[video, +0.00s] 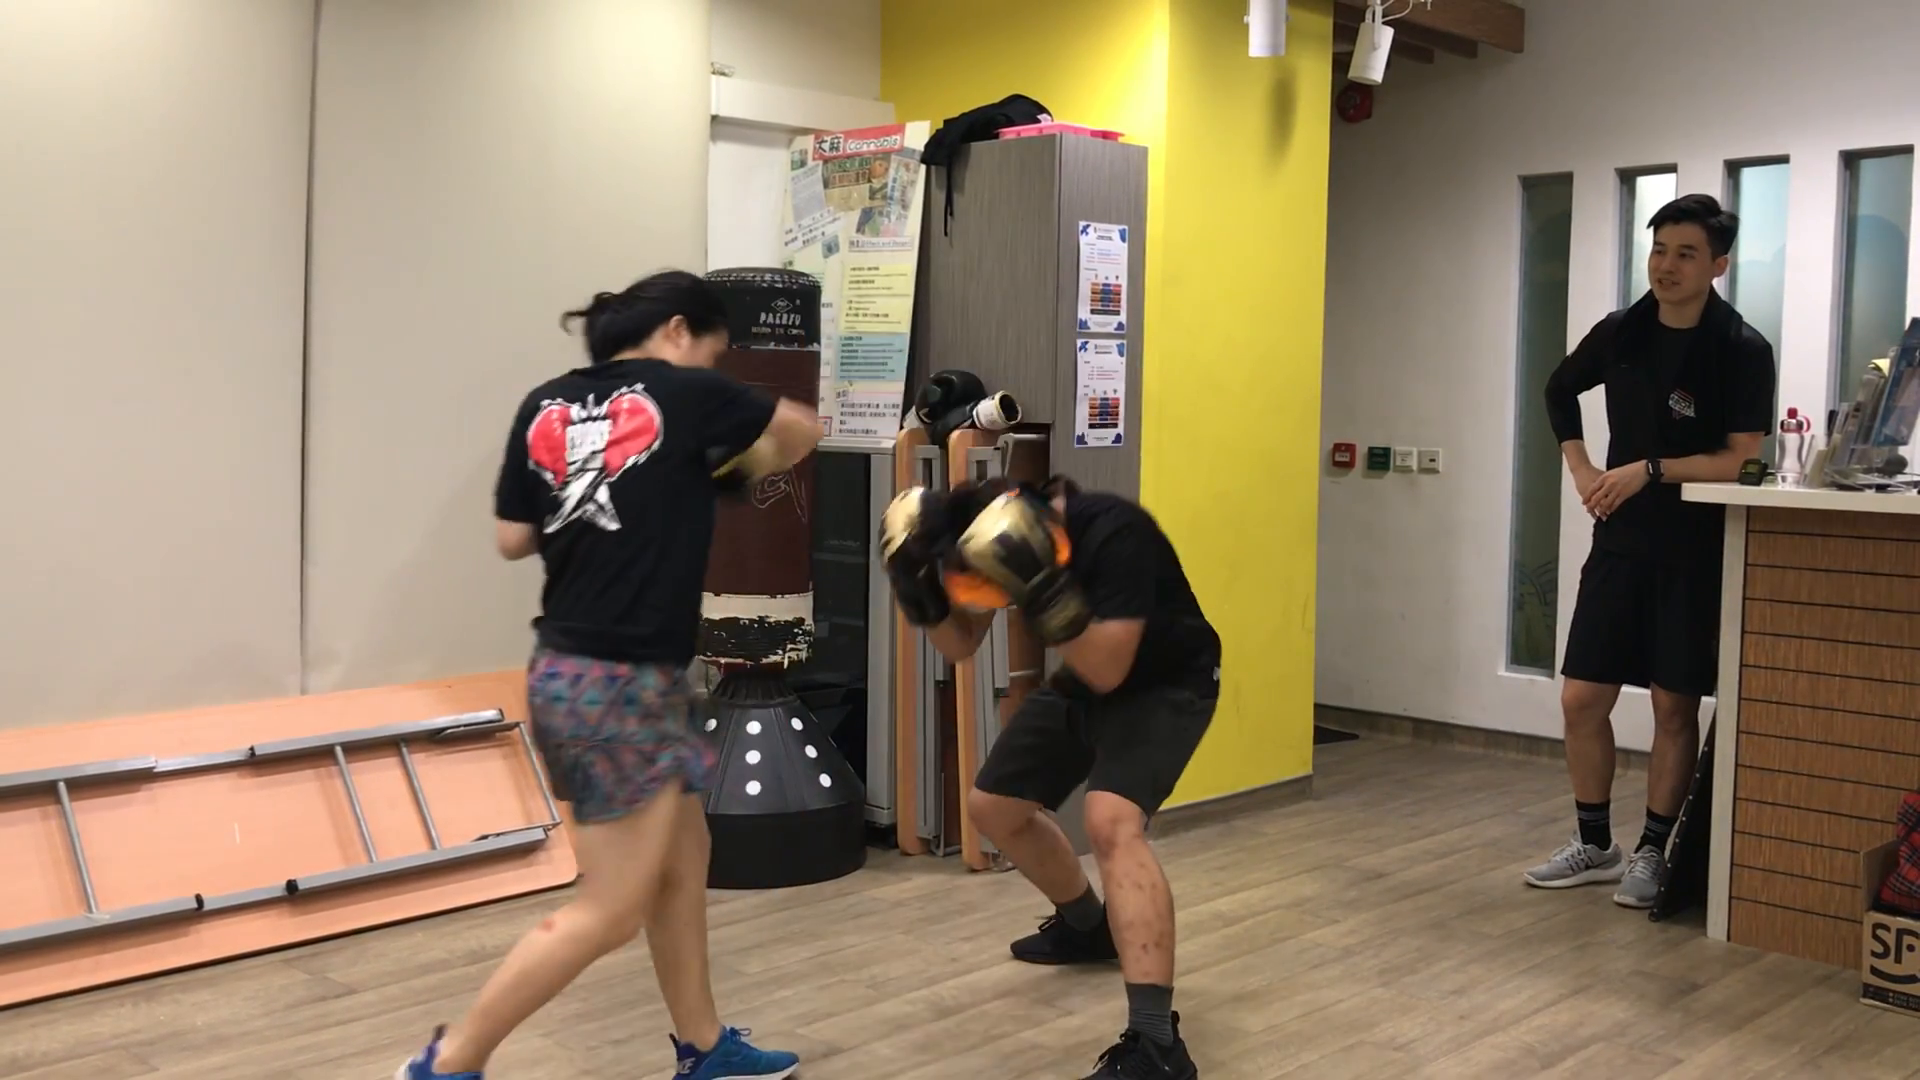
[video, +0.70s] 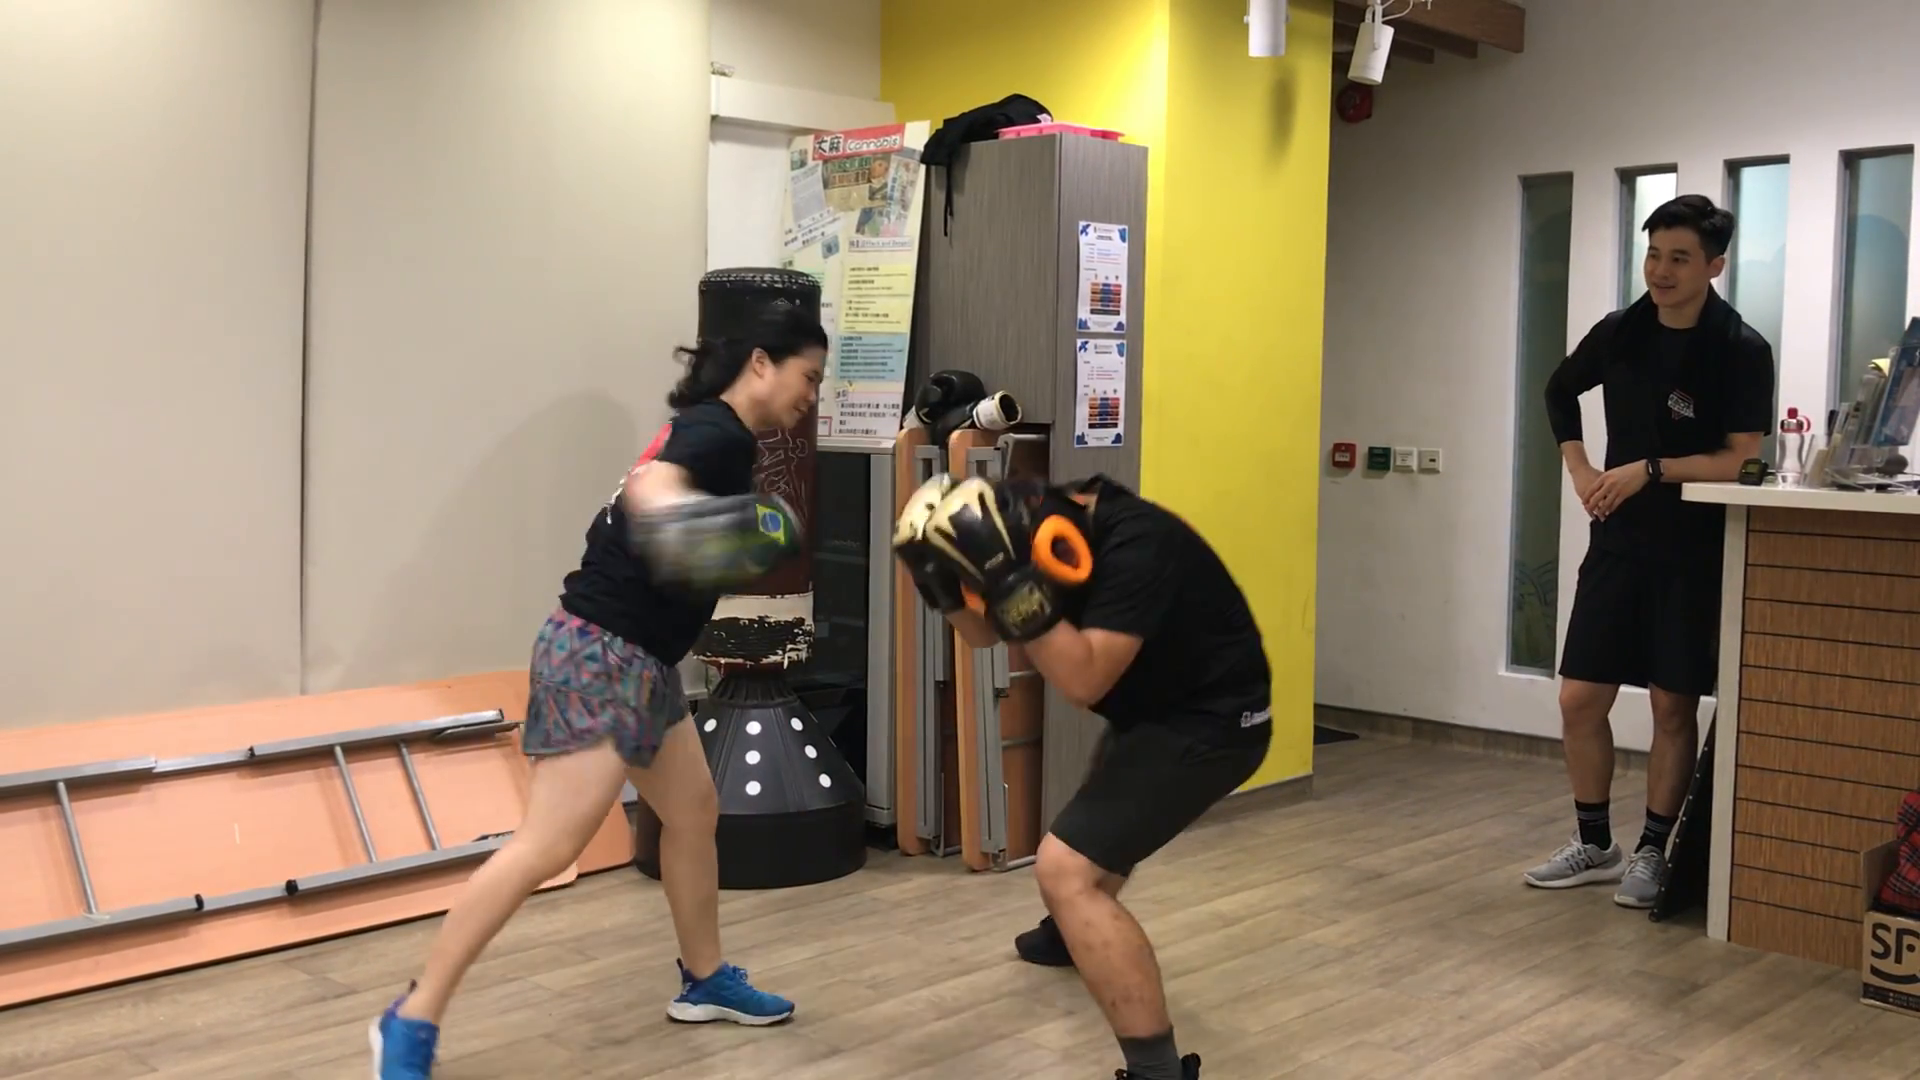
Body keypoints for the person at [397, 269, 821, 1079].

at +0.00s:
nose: (712, 367)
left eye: (716, 357)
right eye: (711, 353)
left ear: (622, 338)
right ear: (675, 333)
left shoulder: (547, 402)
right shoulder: (685, 392)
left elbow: (512, 537)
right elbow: (801, 428)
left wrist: (603, 489)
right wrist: (741, 471)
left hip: (568, 670)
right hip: (623, 681)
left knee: (684, 853)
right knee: (612, 904)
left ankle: (702, 1046)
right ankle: (448, 1062)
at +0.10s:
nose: (688, 392)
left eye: (690, 377)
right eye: (688, 373)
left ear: (611, 355)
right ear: (651, 355)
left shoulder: (520, 423)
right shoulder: (657, 427)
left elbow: (461, 542)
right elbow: (754, 523)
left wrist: (558, 512)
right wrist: (680, 507)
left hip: (527, 700)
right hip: (585, 715)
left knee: (690, 840)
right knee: (555, 929)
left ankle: (701, 1044)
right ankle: (413, 1073)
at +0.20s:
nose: (682, 407)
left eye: (687, 389)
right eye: (684, 386)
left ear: (614, 368)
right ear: (647, 370)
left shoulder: (506, 436)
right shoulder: (629, 449)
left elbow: (411, 522)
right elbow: (693, 585)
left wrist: (510, 534)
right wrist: (723, 553)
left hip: (519, 709)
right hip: (565, 720)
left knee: (695, 834)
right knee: (546, 932)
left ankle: (707, 1029)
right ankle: (411, 1074)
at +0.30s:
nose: (701, 395)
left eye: (706, 379)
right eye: (703, 375)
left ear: (628, 356)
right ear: (668, 360)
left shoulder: (542, 419)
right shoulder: (615, 436)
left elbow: (432, 452)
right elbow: (597, 552)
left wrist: (510, 503)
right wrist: (681, 576)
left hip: (573, 695)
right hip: (563, 700)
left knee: (702, 824)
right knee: (524, 911)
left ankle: (718, 1006)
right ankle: (409, 1072)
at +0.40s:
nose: (734, 370)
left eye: (736, 353)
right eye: (732, 351)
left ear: (684, 340)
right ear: (696, 342)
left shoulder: (637, 416)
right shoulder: (609, 422)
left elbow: (550, 403)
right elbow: (507, 502)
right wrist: (614, 541)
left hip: (623, 678)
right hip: (560, 677)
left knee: (701, 820)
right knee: (519, 883)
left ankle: (719, 980)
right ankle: (415, 1068)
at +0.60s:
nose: (800, 384)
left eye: (804, 369)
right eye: (794, 365)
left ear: (749, 360)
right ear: (743, 355)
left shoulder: (750, 438)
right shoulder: (656, 433)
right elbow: (527, 477)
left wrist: (861, 473)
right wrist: (548, 515)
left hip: (646, 673)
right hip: (583, 660)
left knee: (705, 823)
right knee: (546, 858)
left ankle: (705, 981)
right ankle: (443, 1054)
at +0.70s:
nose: (813, 394)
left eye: (818, 379)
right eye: (808, 377)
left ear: (761, 367)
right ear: (761, 365)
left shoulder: (727, 442)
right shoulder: (710, 430)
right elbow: (649, 491)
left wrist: (749, 536)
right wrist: (711, 530)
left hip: (641, 659)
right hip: (598, 653)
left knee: (693, 807)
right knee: (548, 842)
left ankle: (705, 978)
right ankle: (415, 1015)